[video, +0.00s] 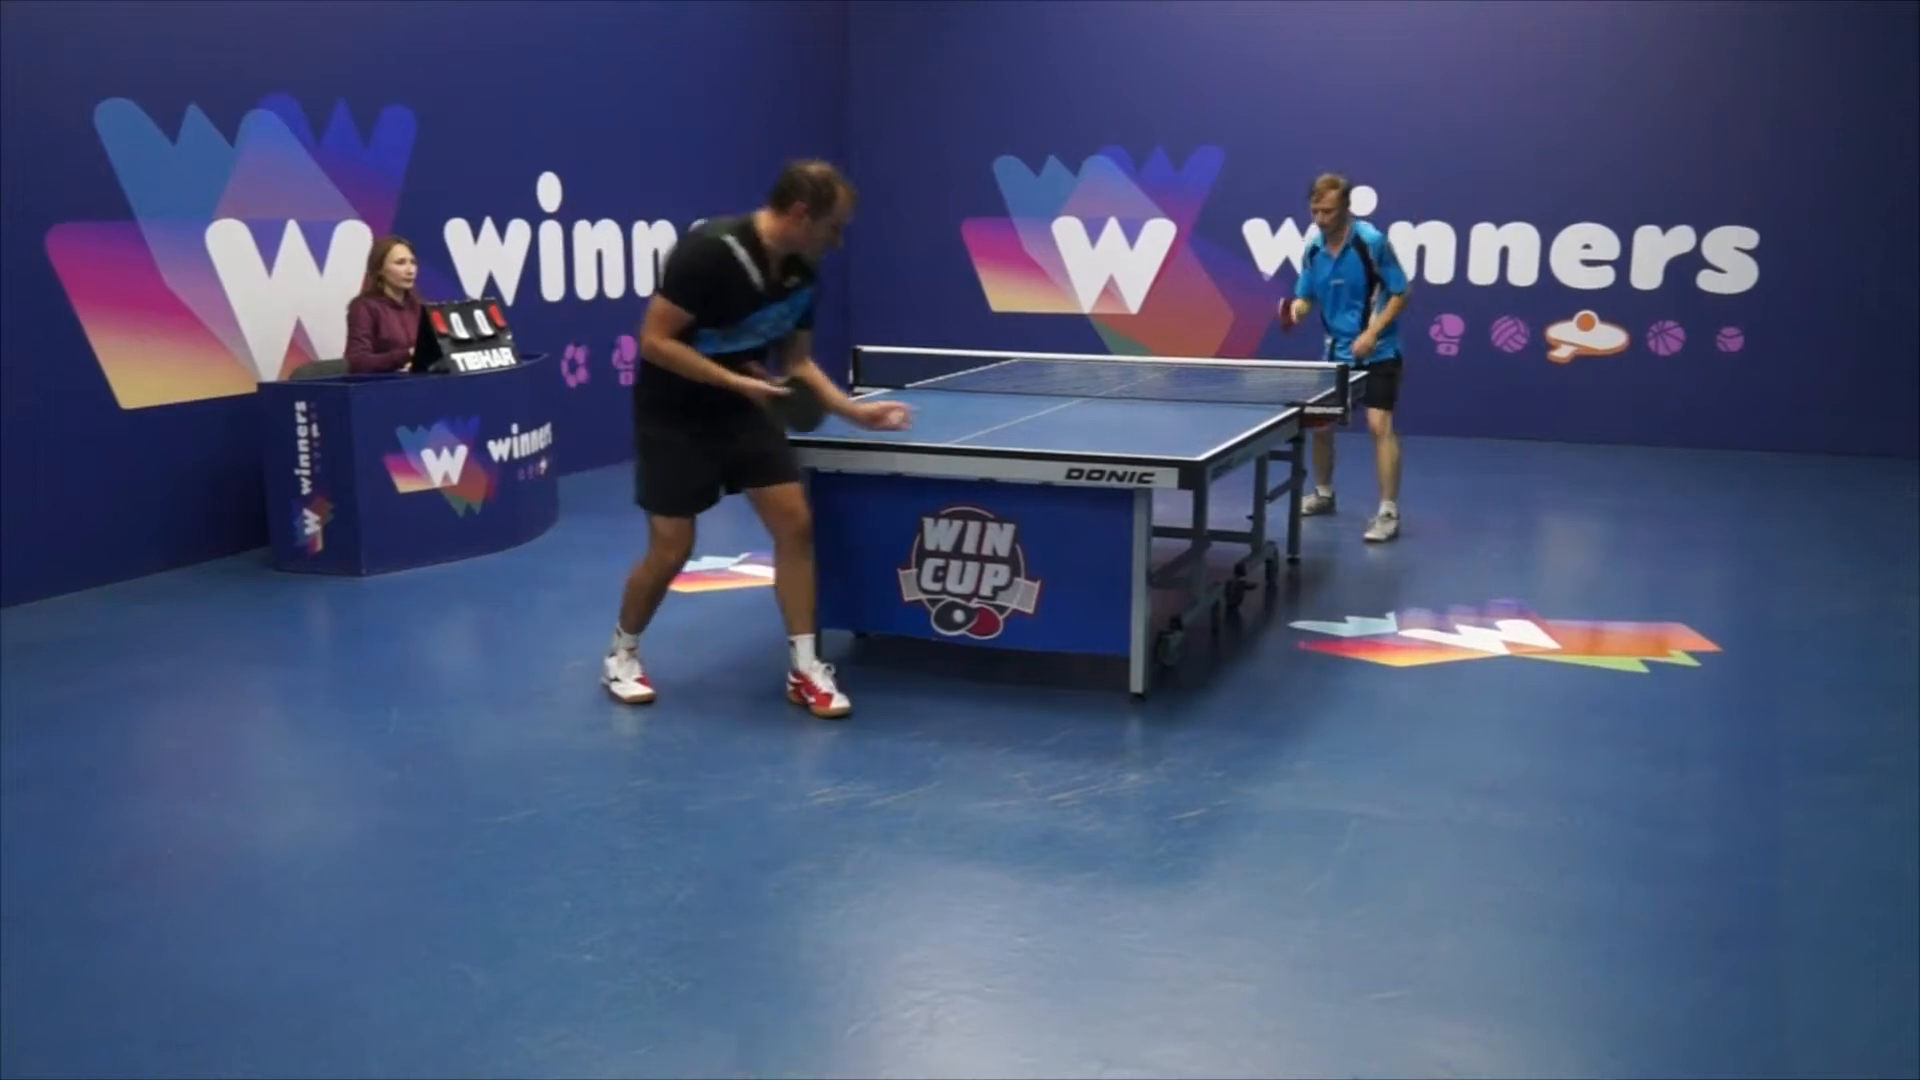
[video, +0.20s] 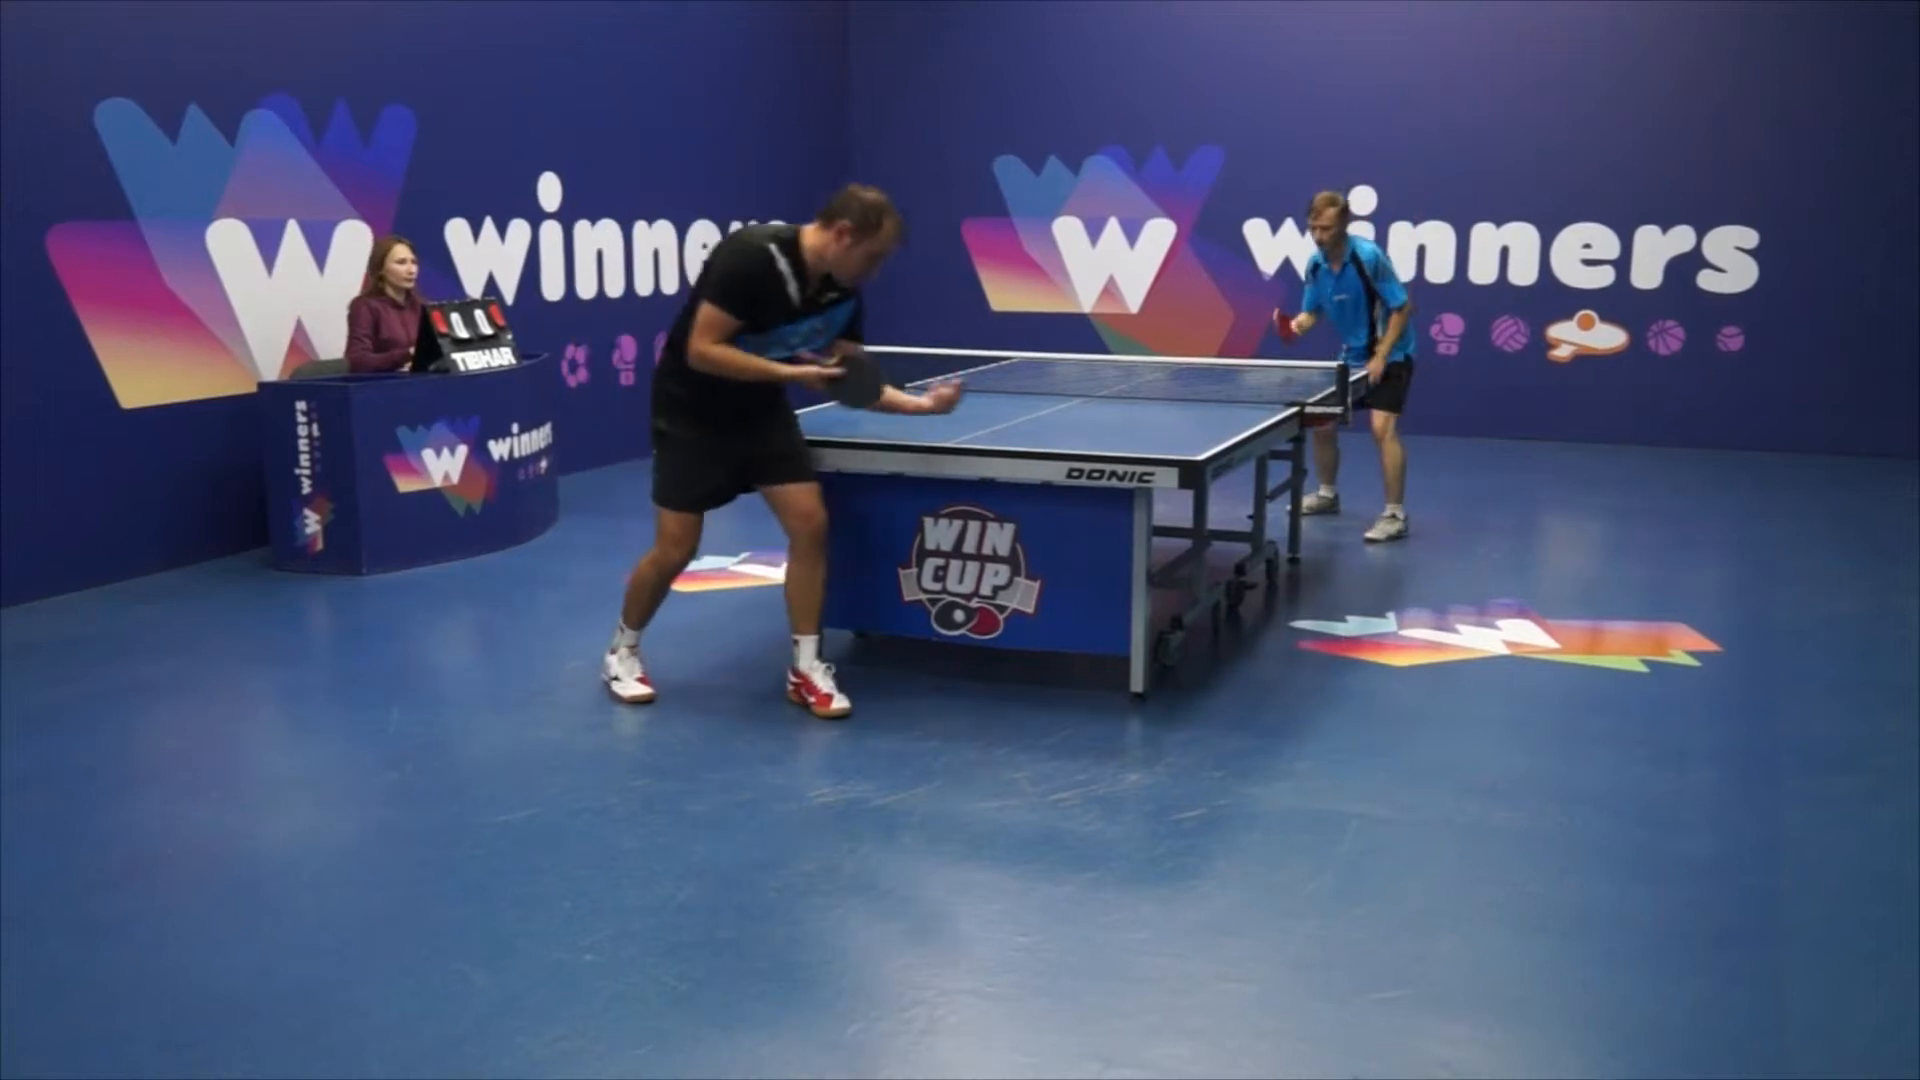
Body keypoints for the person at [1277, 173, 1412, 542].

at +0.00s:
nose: (1320, 217)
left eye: (1327, 211)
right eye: (1316, 210)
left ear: (1346, 209)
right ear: (1311, 209)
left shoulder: (1372, 241)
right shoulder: (1314, 249)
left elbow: (1400, 292)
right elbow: (1306, 298)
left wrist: (1373, 332)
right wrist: (1293, 313)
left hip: (1378, 348)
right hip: (1336, 349)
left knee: (1379, 424)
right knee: (1320, 420)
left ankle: (1387, 510)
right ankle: (1323, 493)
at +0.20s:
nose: (1320, 235)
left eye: (1327, 229)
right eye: (1316, 228)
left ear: (1344, 227)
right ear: (1310, 227)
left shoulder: (1368, 256)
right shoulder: (1315, 266)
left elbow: (1401, 307)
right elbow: (1311, 312)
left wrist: (1380, 355)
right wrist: (1296, 326)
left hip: (1389, 353)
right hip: (1352, 354)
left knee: (1382, 426)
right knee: (1321, 418)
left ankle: (1394, 512)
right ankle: (1327, 494)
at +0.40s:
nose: (1319, 254)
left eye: (1327, 246)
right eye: (1315, 246)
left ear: (1344, 243)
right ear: (1309, 243)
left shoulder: (1369, 270)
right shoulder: (1317, 278)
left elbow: (1402, 323)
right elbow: (1313, 324)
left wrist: (1387, 374)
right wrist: (1296, 340)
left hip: (1400, 354)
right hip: (1363, 354)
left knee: (1384, 426)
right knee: (1326, 418)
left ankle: (1395, 513)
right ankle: (1327, 494)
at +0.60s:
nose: (1319, 268)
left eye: (1326, 260)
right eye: (1314, 261)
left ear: (1343, 254)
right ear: (1308, 257)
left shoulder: (1369, 280)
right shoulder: (1315, 288)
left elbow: (1406, 329)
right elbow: (1312, 334)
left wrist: (1390, 378)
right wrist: (1294, 354)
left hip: (1405, 355)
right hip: (1367, 358)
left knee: (1385, 427)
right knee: (1327, 418)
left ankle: (1396, 513)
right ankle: (1327, 494)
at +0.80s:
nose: (1317, 274)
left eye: (1324, 267)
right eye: (1312, 267)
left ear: (1341, 261)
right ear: (1307, 263)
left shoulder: (1369, 285)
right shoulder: (1315, 292)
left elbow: (1408, 332)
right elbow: (1314, 341)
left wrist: (1392, 380)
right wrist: (1294, 361)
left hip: (1408, 355)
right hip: (1370, 358)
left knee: (1385, 428)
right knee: (1327, 419)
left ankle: (1396, 513)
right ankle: (1327, 494)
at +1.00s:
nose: (1315, 270)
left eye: (1322, 262)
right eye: (1310, 262)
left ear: (1339, 257)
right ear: (1305, 259)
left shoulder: (1366, 282)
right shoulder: (1314, 292)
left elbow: (1405, 329)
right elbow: (1314, 338)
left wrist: (1391, 379)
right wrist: (1297, 357)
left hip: (1406, 355)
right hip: (1368, 358)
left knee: (1385, 426)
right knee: (1325, 418)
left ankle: (1396, 513)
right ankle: (1327, 494)